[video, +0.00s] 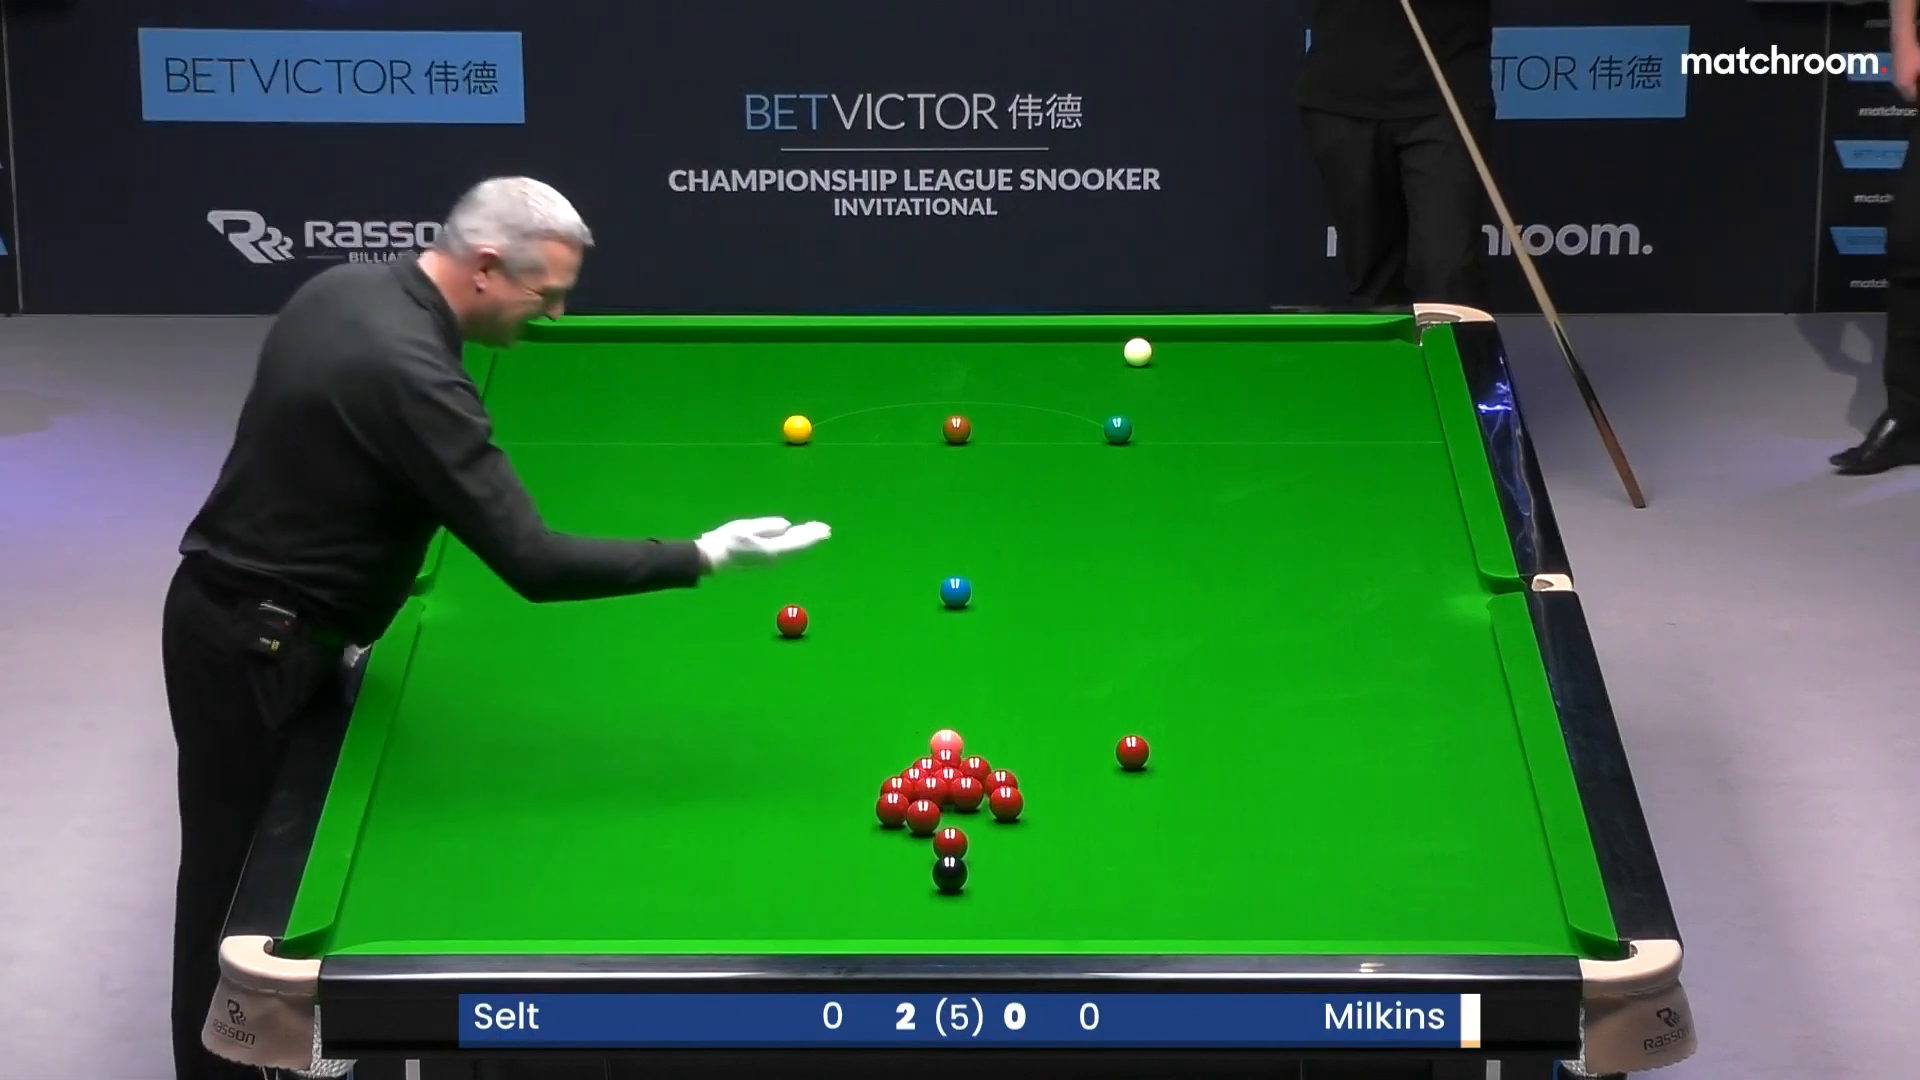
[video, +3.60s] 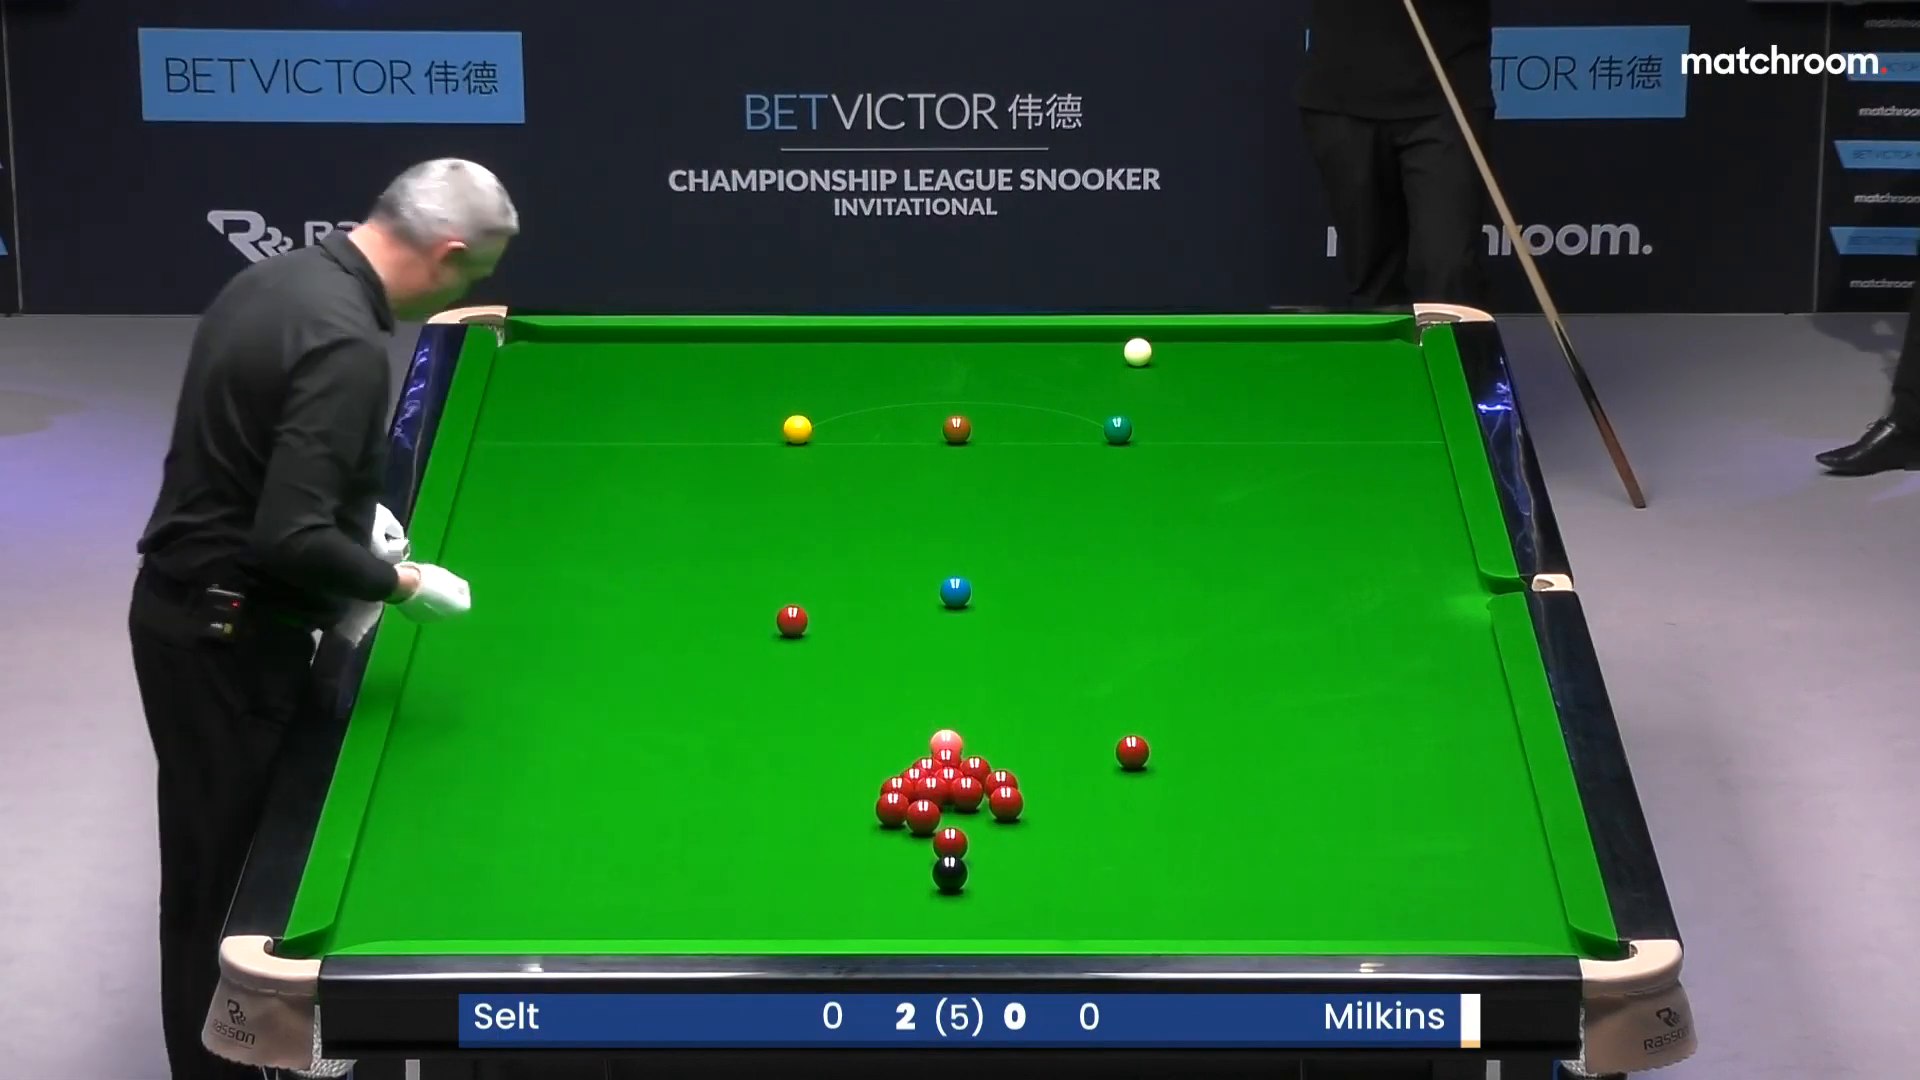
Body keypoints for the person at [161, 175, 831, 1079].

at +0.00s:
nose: (551, 311)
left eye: (560, 295)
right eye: (546, 291)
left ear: (472, 262)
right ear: (483, 264)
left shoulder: (348, 289)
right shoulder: (413, 372)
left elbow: (286, 455)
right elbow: (535, 562)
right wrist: (701, 555)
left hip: (228, 607)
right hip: (261, 639)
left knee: (241, 868)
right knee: (237, 881)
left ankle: (238, 1055)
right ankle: (217, 1063)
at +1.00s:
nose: (657, 407)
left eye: (666, 391)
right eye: (658, 387)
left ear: (585, 333)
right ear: (601, 348)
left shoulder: (457, 331)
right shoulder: (531, 449)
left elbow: (354, 451)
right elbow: (648, 630)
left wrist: (366, 619)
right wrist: (816, 640)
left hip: (240, 584)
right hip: (277, 635)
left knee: (245, 865)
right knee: (243, 882)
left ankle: (230, 1043)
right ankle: (211, 1054)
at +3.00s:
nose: (652, 389)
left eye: (660, 373)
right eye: (650, 368)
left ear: (579, 318)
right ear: (592, 331)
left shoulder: (438, 323)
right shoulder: (516, 430)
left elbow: (324, 448)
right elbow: (573, 651)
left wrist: (365, 610)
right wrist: (734, 660)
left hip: (241, 590)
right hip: (279, 636)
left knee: (236, 880)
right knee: (250, 894)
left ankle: (215, 1054)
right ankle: (215, 1060)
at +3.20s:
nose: (587, 356)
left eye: (600, 340)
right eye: (599, 338)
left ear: (521, 272)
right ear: (570, 307)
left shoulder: (391, 306)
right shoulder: (472, 410)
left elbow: (298, 445)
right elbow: (447, 612)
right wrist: (593, 630)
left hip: (225, 598)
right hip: (270, 638)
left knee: (236, 869)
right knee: (248, 883)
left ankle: (217, 1050)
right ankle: (214, 1057)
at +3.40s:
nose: (526, 307)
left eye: (533, 291)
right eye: (534, 292)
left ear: (452, 228)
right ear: (514, 282)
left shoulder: (329, 286)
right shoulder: (406, 369)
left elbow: (264, 448)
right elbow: (337, 556)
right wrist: (463, 596)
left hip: (207, 603)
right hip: (258, 635)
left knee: (225, 856)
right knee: (246, 867)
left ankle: (212, 1051)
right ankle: (217, 1059)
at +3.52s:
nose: (486, 298)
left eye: (497, 282)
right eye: (495, 280)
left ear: (411, 220)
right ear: (472, 263)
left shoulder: (298, 281)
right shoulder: (371, 349)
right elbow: (304, 540)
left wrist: (440, 317)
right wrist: (417, 584)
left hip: (194, 608)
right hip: (245, 634)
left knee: (217, 856)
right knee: (242, 866)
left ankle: (208, 1052)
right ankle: (215, 1060)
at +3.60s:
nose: (460, 296)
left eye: (473, 279)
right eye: (470, 277)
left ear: (391, 221)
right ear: (441, 250)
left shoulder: (280, 278)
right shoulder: (347, 343)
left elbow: (268, 430)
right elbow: (291, 535)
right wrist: (402, 580)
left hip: (183, 608)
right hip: (231, 633)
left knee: (212, 854)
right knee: (234, 865)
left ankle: (207, 1053)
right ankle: (212, 1061)